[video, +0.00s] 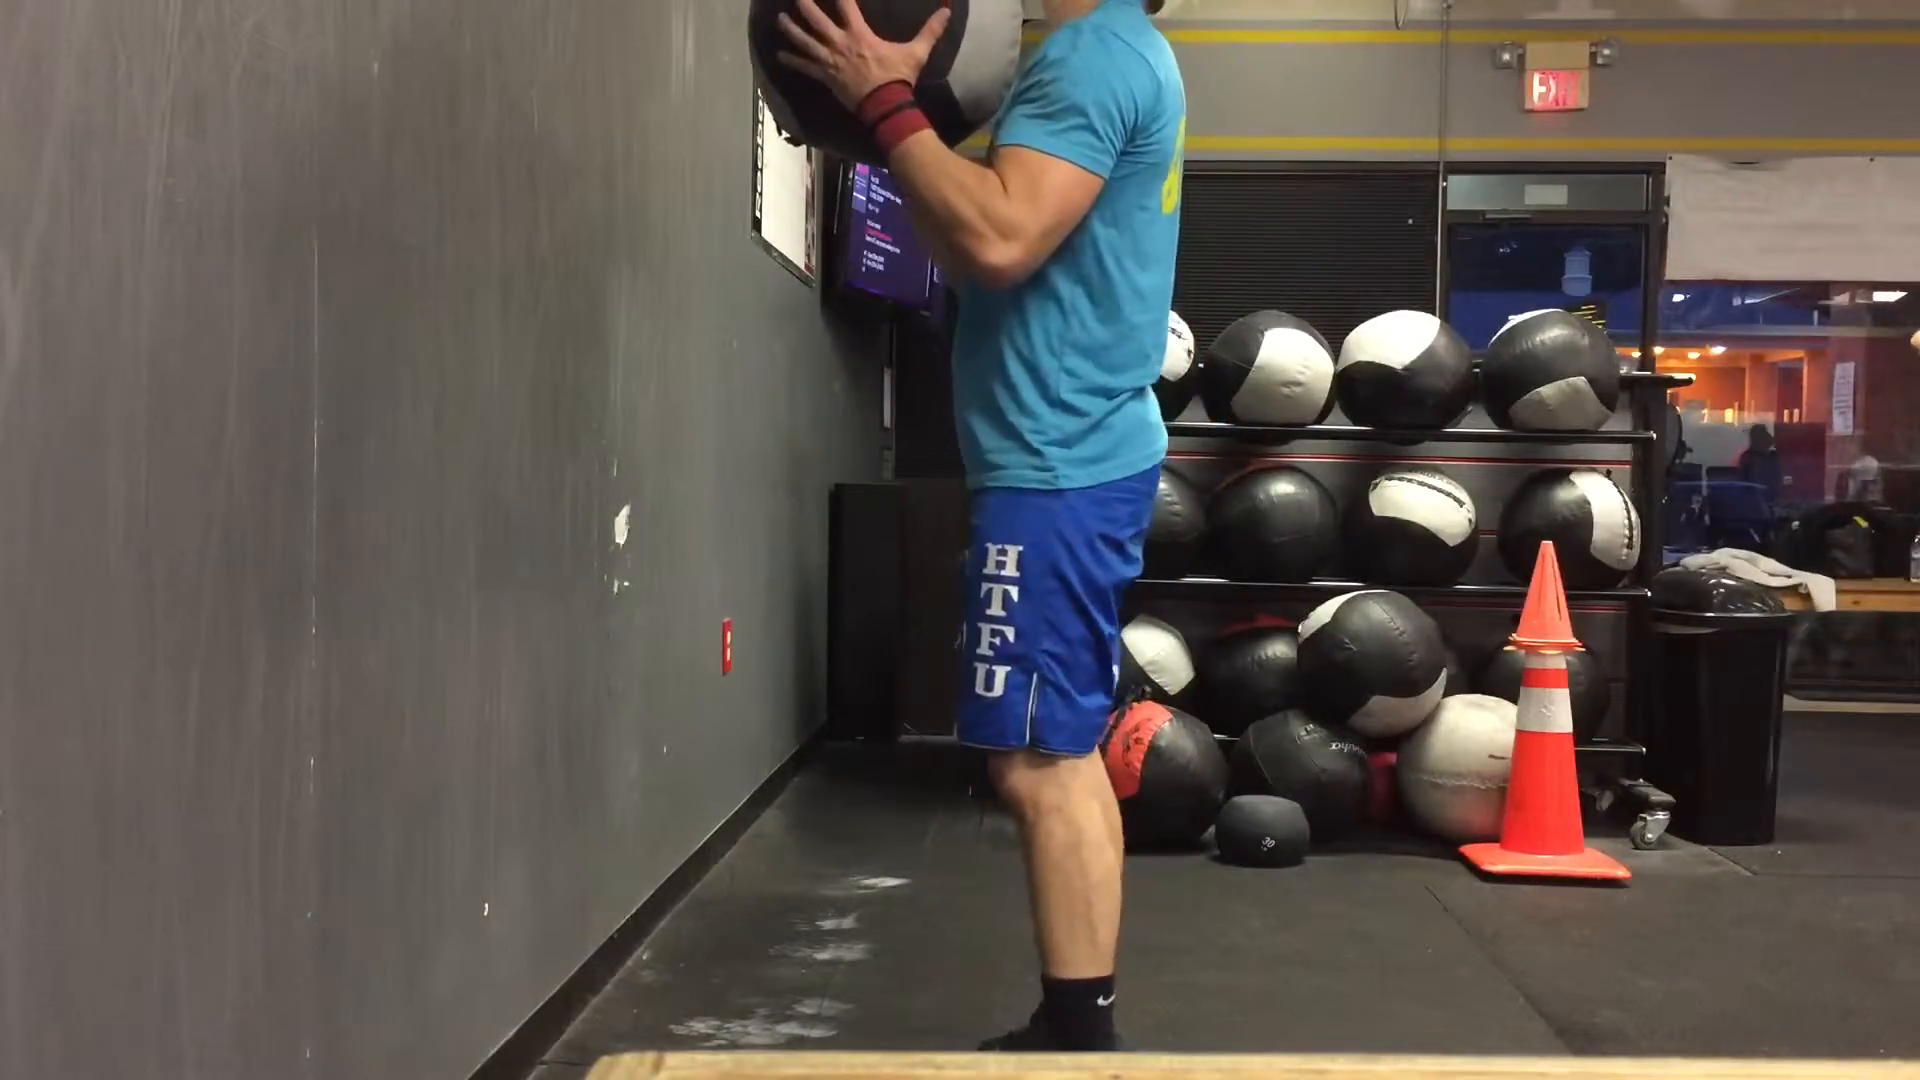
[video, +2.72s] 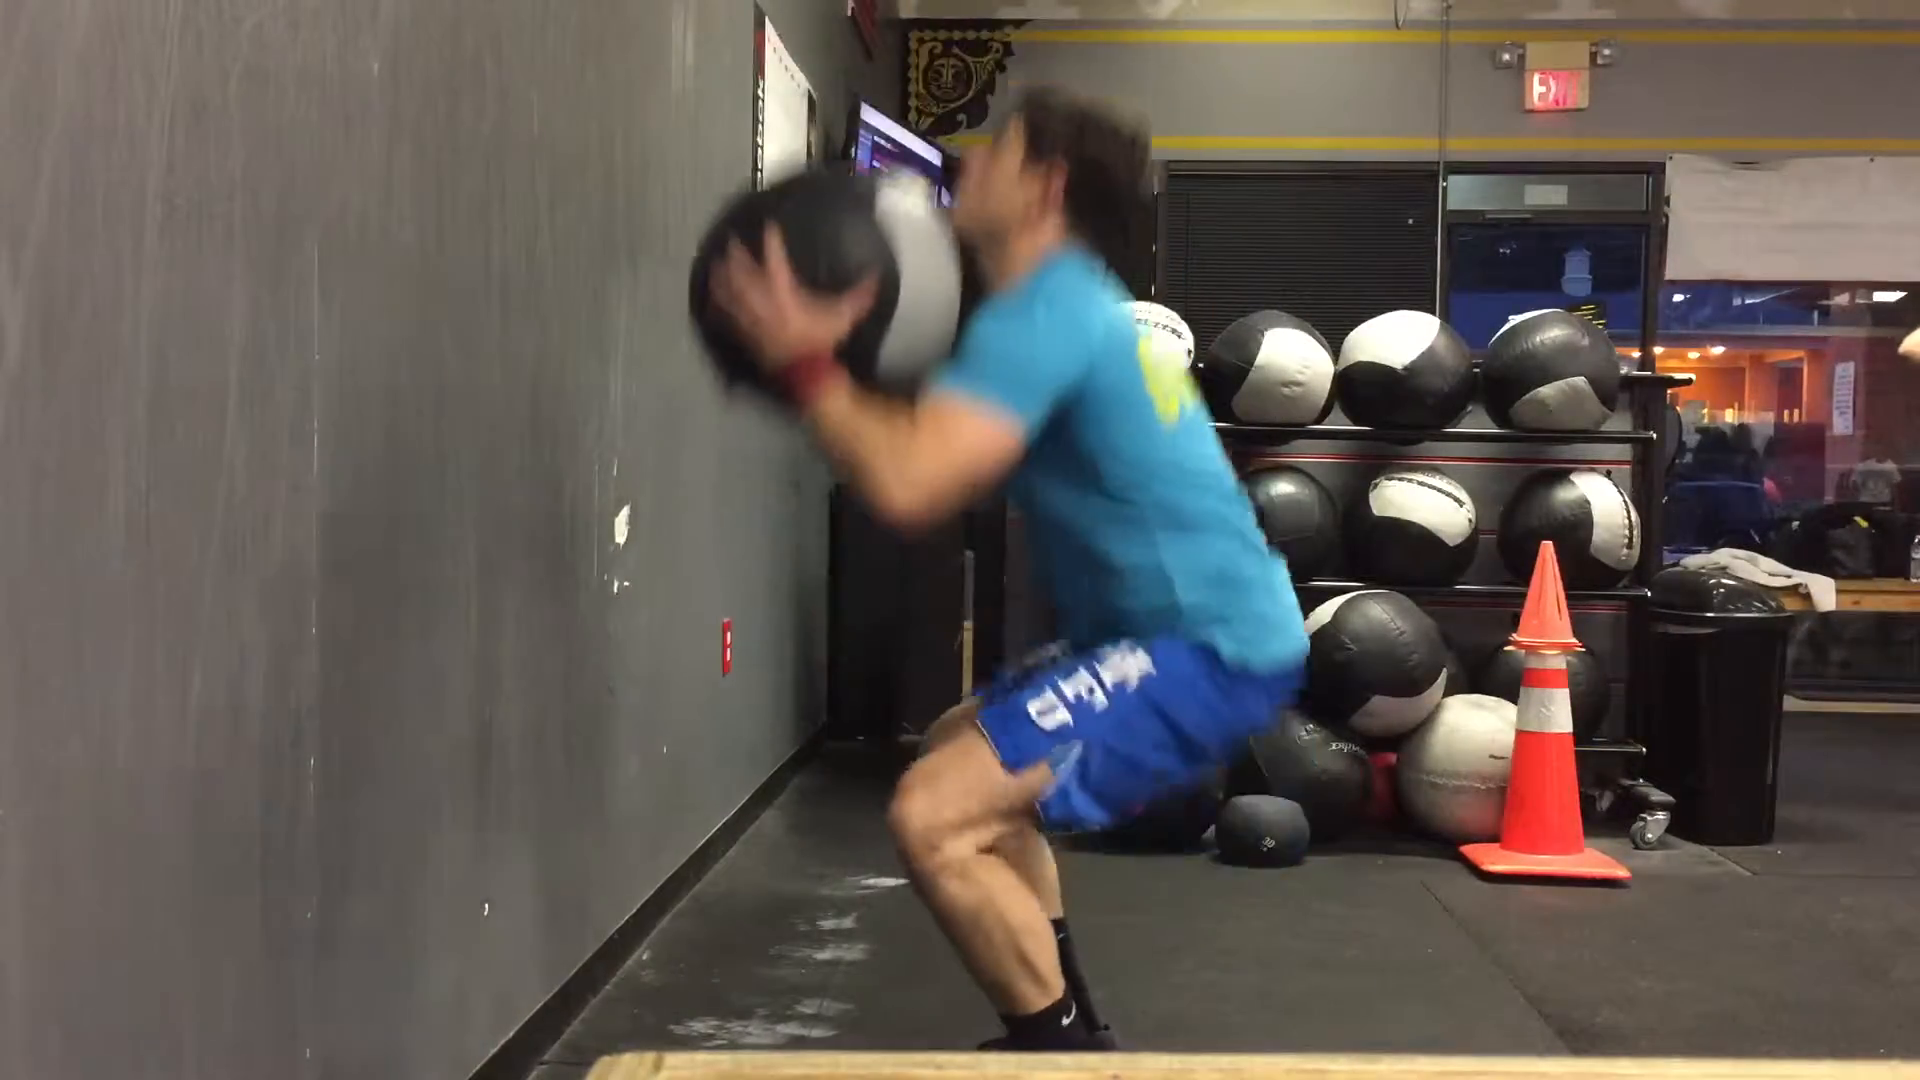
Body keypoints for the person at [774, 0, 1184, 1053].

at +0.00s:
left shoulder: (1099, 59)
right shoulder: (1090, 51)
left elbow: (999, 240)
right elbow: (987, 226)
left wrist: (885, 102)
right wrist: (898, 111)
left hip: (1058, 467)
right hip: (1067, 458)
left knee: (1037, 760)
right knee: (1061, 756)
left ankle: (1076, 1029)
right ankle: (1081, 1022)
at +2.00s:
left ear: (1058, 2)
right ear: (1069, 13)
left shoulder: (1048, 104)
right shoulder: (1063, 108)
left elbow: (889, 257)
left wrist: (788, 136)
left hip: (1157, 511)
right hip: (1147, 506)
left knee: (971, 782)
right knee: (1018, 784)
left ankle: (1067, 1038)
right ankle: (1066, 1028)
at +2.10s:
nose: (961, 87)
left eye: (986, 73)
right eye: (976, 68)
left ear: (1036, 117)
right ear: (1036, 122)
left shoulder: (1036, 240)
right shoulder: (1040, 231)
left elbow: (872, 397)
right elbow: (896, 383)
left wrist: (773, 267)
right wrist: (788, 277)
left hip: (1192, 613)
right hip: (1173, 600)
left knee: (933, 806)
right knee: (983, 795)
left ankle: (1054, 1039)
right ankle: (1065, 1023)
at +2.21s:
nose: (940, 225)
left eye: (965, 214)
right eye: (956, 208)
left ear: (1013, 263)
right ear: (1015, 269)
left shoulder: (1018, 390)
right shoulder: (1028, 371)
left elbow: (869, 567)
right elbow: (891, 538)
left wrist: (766, 428)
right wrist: (781, 427)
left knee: (900, 841)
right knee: (924, 764)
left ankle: (1046, 1046)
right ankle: (1063, 1016)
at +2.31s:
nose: (929, 336)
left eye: (952, 323)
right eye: (943, 319)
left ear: (1004, 369)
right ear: (1004, 373)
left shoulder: (1010, 505)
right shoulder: (1026, 483)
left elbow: (867, 700)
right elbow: (889, 661)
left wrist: (762, 559)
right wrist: (782, 555)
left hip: (1190, 830)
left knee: (888, 853)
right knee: (911, 775)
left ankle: (1042, 1050)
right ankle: (1066, 1028)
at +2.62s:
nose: (939, 275)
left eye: (963, 261)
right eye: (953, 257)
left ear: (1019, 305)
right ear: (1018, 310)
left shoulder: (1029, 435)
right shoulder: (1048, 412)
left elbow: (900, 623)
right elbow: (911, 586)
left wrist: (783, 503)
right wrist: (789, 492)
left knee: (920, 826)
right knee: (947, 754)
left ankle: (1052, 1051)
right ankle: (1064, 1016)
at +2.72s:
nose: (966, 160)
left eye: (993, 148)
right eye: (982, 144)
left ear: (1044, 186)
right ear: (1045, 191)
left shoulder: (1052, 310)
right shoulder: (1069, 298)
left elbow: (909, 483)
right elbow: (926, 452)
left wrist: (806, 362)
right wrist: (825, 363)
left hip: (1207, 647)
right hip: (1167, 631)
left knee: (932, 816)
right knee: (961, 770)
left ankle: (1055, 1042)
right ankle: (1062, 1016)